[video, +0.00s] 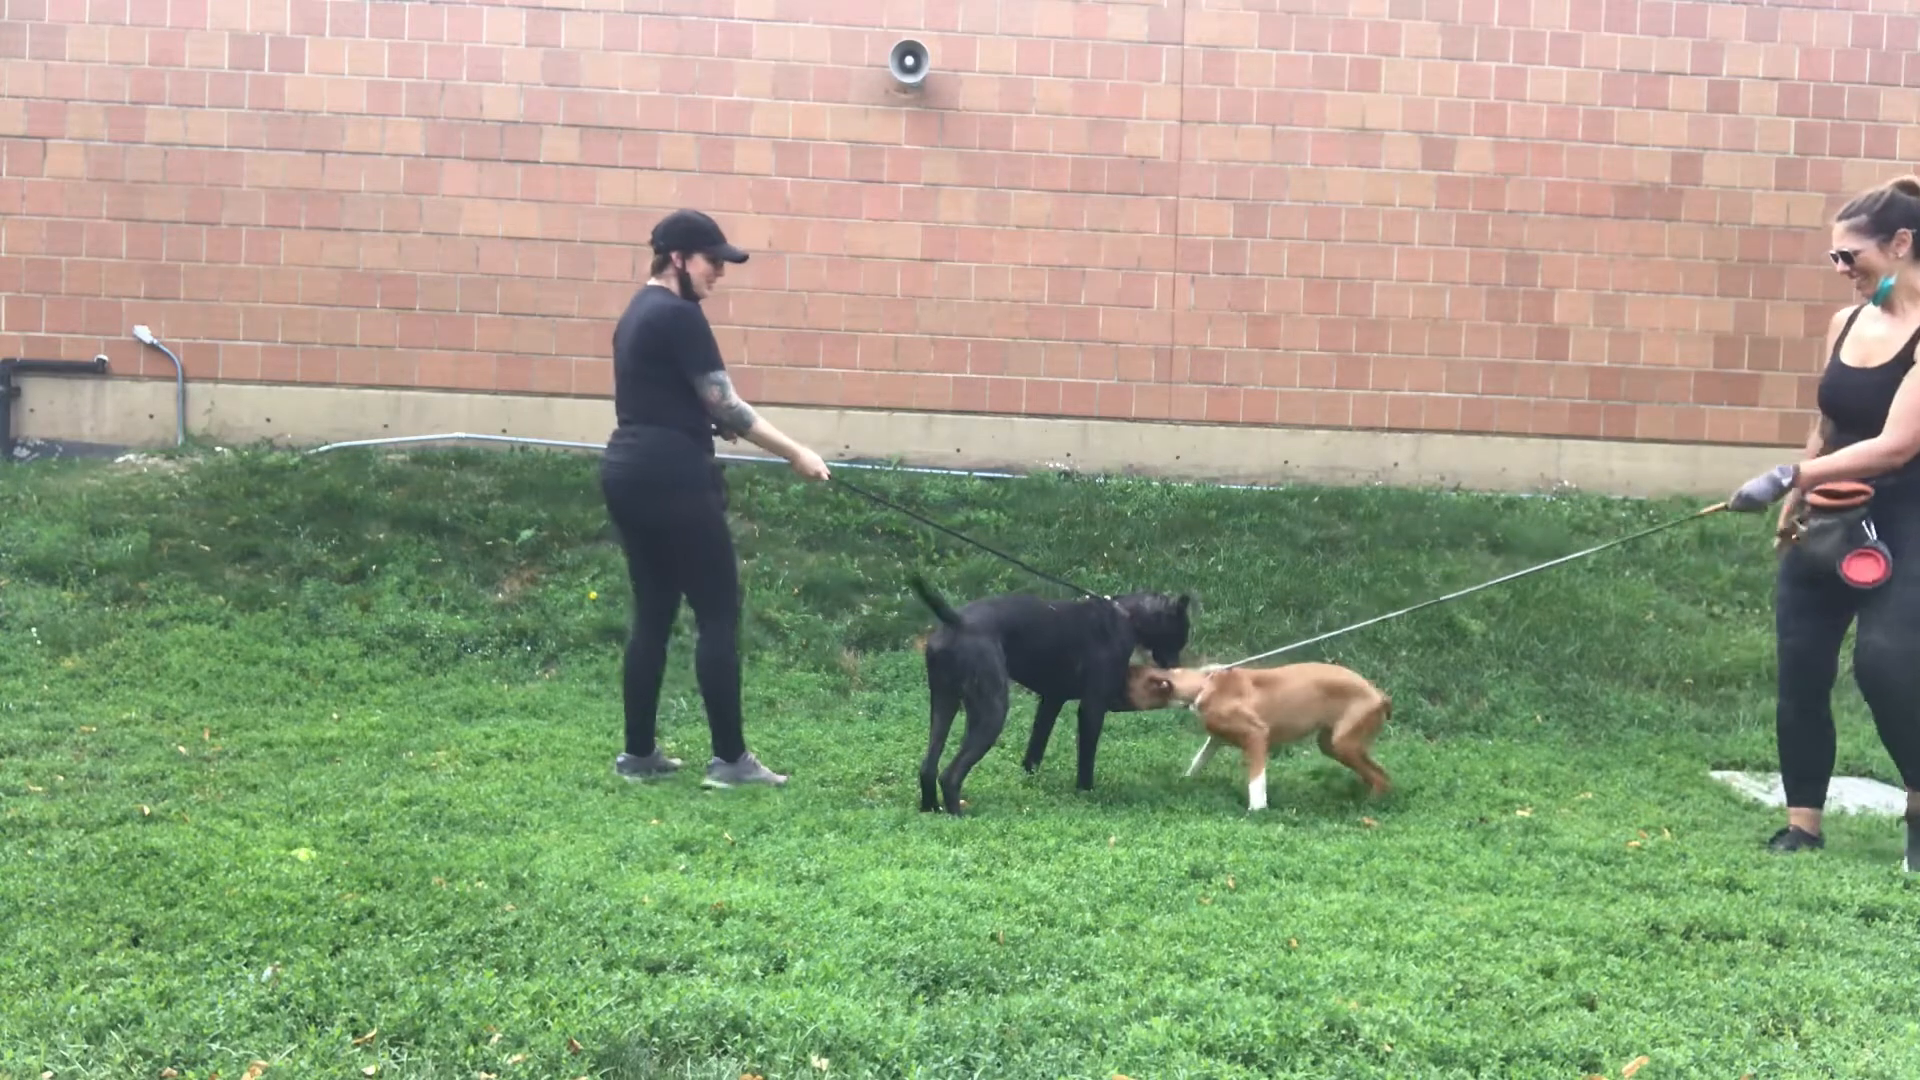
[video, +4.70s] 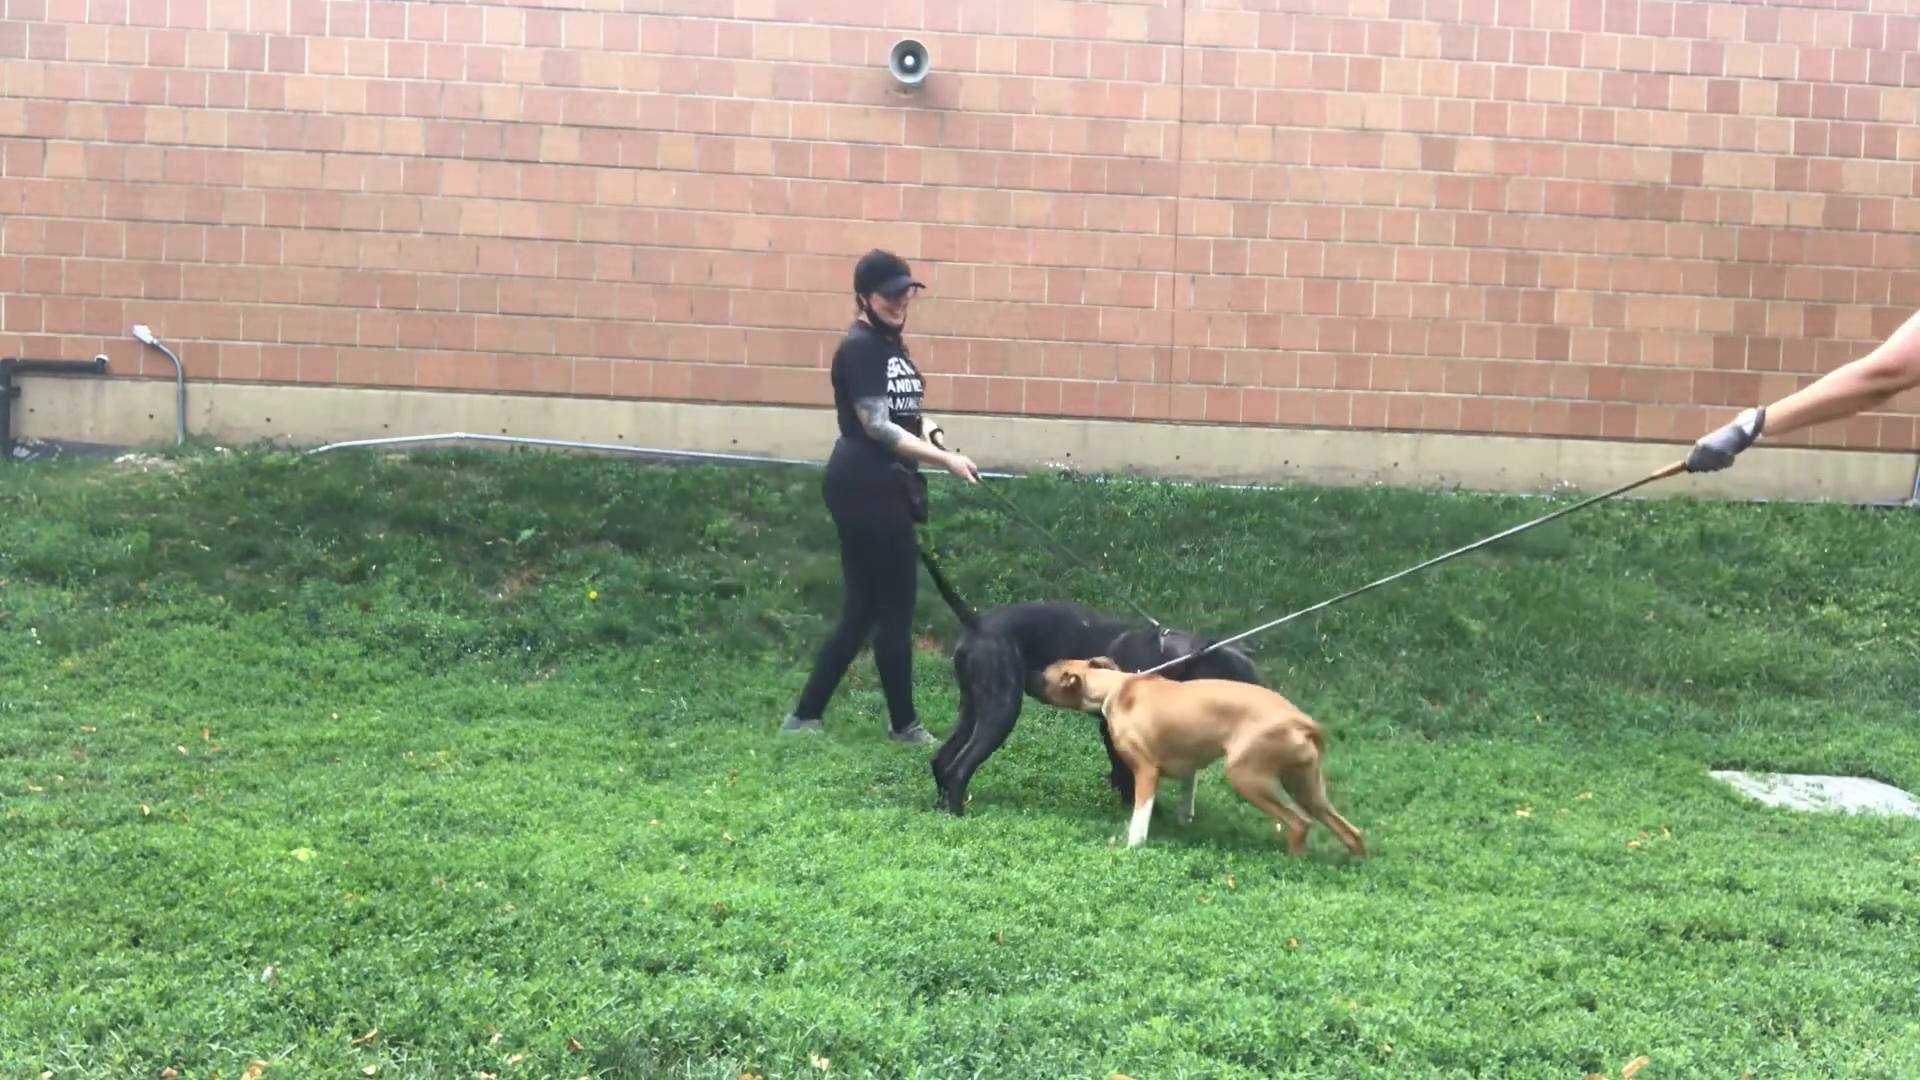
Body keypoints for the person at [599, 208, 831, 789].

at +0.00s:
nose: (720, 273)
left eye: (721, 263)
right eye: (714, 262)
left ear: (674, 261)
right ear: (679, 258)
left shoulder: (639, 311)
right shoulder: (680, 315)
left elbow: (671, 405)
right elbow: (725, 409)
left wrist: (726, 422)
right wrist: (795, 452)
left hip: (629, 466)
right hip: (676, 472)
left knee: (653, 609)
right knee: (719, 611)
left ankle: (639, 753)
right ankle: (732, 759)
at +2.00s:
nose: (727, 270)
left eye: (732, 261)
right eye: (714, 263)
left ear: (737, 267)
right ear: (689, 270)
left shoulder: (705, 317)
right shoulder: (700, 322)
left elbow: (733, 400)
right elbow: (752, 400)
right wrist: (823, 436)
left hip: (699, 463)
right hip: (710, 467)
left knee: (715, 605)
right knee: (726, 607)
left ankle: (675, 738)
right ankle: (729, 741)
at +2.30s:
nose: (763, 281)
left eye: (766, 272)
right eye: (754, 270)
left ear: (737, 274)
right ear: (721, 271)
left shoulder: (726, 319)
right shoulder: (716, 322)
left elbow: (752, 400)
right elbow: (761, 401)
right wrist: (832, 438)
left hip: (742, 470)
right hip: (720, 473)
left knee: (791, 587)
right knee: (726, 606)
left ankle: (760, 709)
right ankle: (726, 741)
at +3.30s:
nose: (811, 289)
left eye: (815, 281)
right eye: (802, 280)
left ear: (817, 285)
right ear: (772, 281)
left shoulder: (809, 345)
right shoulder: (754, 338)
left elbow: (811, 421)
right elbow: (800, 405)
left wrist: (825, 481)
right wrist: (870, 439)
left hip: (804, 484)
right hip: (755, 480)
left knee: (794, 606)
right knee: (752, 602)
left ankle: (798, 724)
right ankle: (717, 730)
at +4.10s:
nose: (838, 296)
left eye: (843, 287)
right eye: (828, 287)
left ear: (848, 289)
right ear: (802, 287)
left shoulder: (843, 348)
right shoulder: (784, 339)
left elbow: (845, 412)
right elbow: (810, 408)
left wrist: (873, 430)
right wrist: (878, 444)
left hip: (829, 478)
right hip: (786, 473)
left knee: (812, 591)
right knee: (832, 580)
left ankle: (800, 716)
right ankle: (779, 706)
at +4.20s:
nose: (844, 296)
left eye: (849, 287)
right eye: (834, 287)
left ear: (854, 288)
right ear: (808, 287)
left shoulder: (849, 347)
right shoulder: (792, 338)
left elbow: (851, 411)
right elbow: (816, 408)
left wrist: (878, 427)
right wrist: (883, 443)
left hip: (830, 479)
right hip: (792, 474)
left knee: (813, 597)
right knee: (853, 578)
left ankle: (799, 718)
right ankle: (824, 708)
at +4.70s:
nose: (900, 302)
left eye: (905, 294)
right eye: (890, 295)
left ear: (909, 295)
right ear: (865, 298)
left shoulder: (892, 346)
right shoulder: (859, 348)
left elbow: (909, 414)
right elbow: (875, 424)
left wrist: (935, 440)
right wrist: (946, 458)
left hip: (880, 480)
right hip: (867, 483)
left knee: (863, 609)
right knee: (897, 603)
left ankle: (805, 716)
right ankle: (904, 725)